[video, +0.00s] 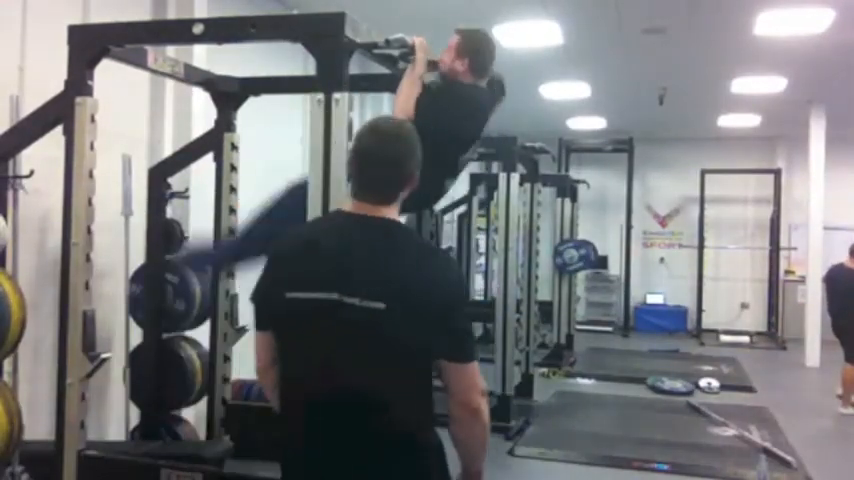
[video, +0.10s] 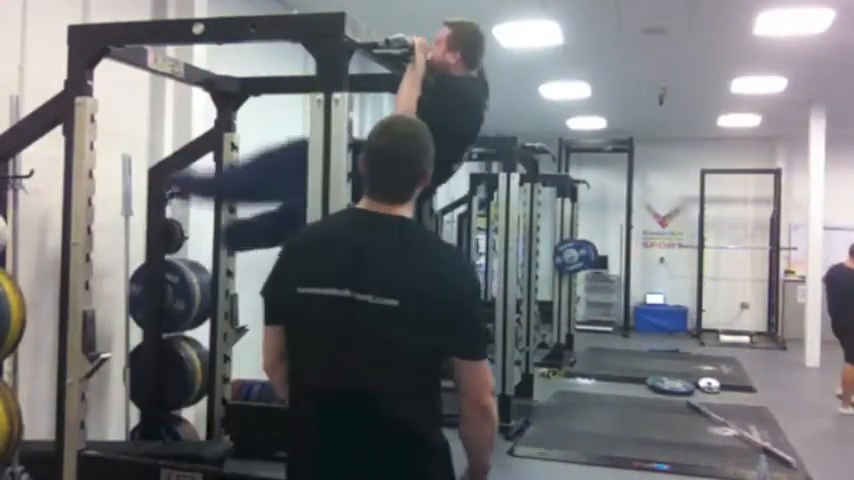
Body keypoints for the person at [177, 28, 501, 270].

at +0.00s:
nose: (441, 55)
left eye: (447, 52)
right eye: (445, 50)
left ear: (462, 62)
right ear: (477, 66)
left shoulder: (453, 96)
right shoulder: (477, 96)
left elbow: (403, 113)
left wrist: (418, 63)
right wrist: (423, 69)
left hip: (400, 187)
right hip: (409, 188)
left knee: (305, 195)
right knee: (308, 195)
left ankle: (225, 254)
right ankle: (229, 251)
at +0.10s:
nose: (430, 48)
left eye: (436, 44)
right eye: (433, 43)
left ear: (454, 55)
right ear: (464, 56)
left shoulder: (455, 92)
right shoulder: (467, 89)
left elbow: (405, 124)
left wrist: (415, 68)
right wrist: (418, 64)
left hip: (385, 174)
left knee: (297, 161)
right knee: (298, 217)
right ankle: (219, 240)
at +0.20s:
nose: (427, 52)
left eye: (431, 47)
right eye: (428, 46)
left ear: (450, 52)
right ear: (462, 54)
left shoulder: (458, 91)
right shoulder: (468, 91)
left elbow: (406, 119)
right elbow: (411, 115)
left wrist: (416, 67)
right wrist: (416, 67)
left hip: (371, 164)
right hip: (380, 182)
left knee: (293, 143)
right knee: (295, 213)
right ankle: (216, 226)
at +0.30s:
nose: (433, 55)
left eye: (437, 49)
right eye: (434, 49)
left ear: (457, 55)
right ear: (466, 55)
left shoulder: (464, 94)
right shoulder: (470, 89)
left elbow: (411, 119)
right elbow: (417, 112)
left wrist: (419, 64)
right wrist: (421, 67)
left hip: (382, 167)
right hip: (391, 177)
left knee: (307, 138)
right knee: (307, 207)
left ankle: (223, 121)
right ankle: (223, 226)